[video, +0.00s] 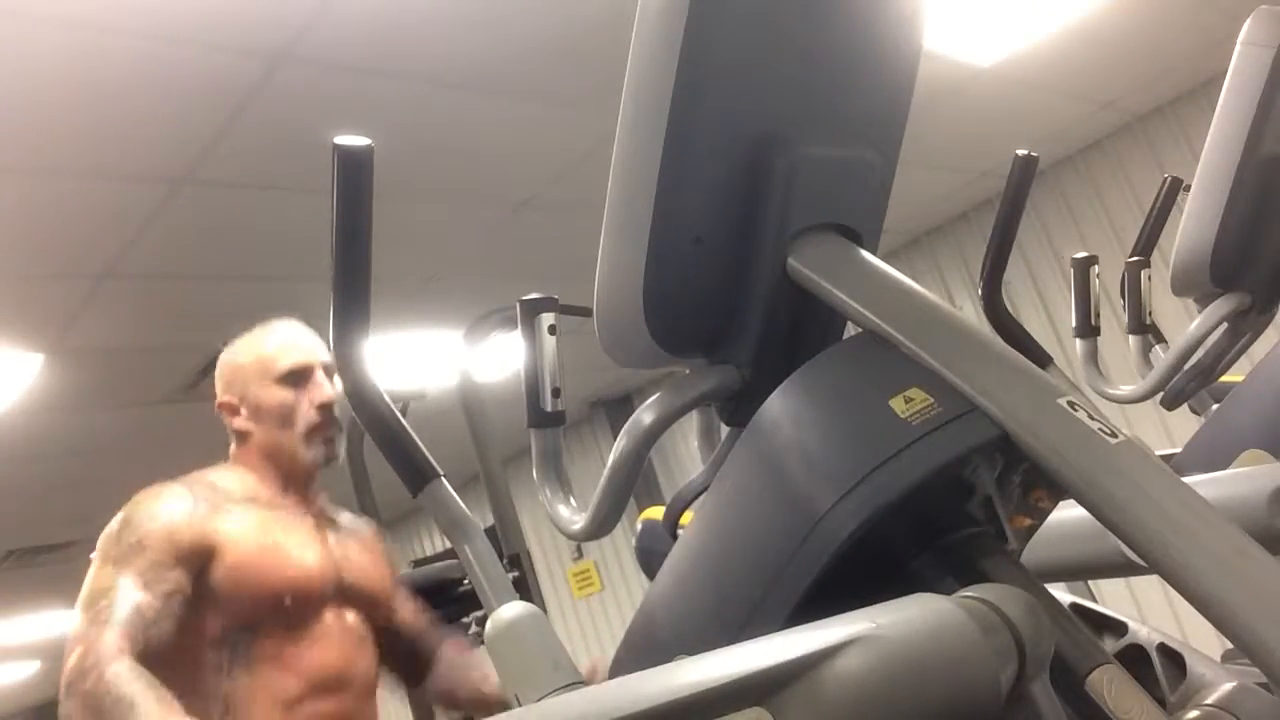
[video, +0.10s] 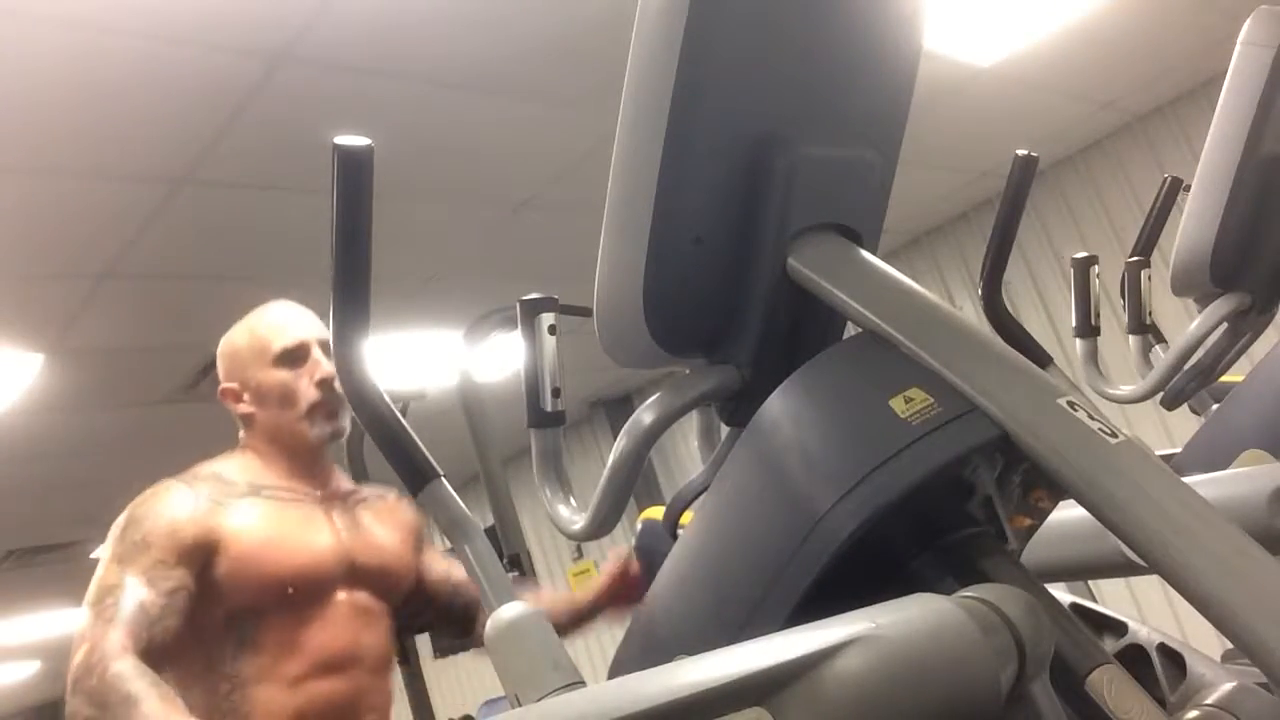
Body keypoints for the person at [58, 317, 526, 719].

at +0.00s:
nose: (329, 396)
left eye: (329, 375)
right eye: (296, 378)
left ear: (339, 385)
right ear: (235, 413)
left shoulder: (359, 537)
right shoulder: (172, 516)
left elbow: (429, 656)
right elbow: (95, 676)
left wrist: (486, 690)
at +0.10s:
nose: (326, 371)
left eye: (326, 352)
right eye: (294, 359)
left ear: (337, 366)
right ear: (239, 396)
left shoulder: (392, 517)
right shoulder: (181, 511)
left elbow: (482, 616)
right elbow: (102, 674)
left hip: (369, 710)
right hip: (257, 707)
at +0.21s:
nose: (327, 361)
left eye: (329, 341)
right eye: (295, 349)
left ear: (344, 356)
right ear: (244, 390)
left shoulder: (398, 497)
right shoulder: (193, 513)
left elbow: (521, 570)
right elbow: (118, 679)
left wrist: (618, 529)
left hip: (399, 713)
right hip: (284, 711)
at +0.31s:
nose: (327, 354)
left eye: (331, 335)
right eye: (295, 346)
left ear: (353, 349)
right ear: (250, 391)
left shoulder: (424, 486)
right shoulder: (205, 517)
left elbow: (569, 537)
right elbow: (127, 683)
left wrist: (649, 468)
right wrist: (191, 713)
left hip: (417, 714)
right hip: (296, 712)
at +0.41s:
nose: (327, 341)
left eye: (337, 319)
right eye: (294, 332)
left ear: (361, 334)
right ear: (254, 379)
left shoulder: (447, 467)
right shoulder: (212, 515)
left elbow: (589, 479)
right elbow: (120, 675)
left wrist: (682, 388)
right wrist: (204, 695)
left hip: (437, 710)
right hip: (309, 711)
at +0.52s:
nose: (326, 288)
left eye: (335, 266)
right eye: (291, 277)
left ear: (358, 281)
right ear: (248, 328)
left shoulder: (445, 400)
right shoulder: (219, 469)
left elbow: (572, 418)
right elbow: (113, 656)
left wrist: (681, 361)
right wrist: (219, 557)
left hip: (448, 707)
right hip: (317, 711)